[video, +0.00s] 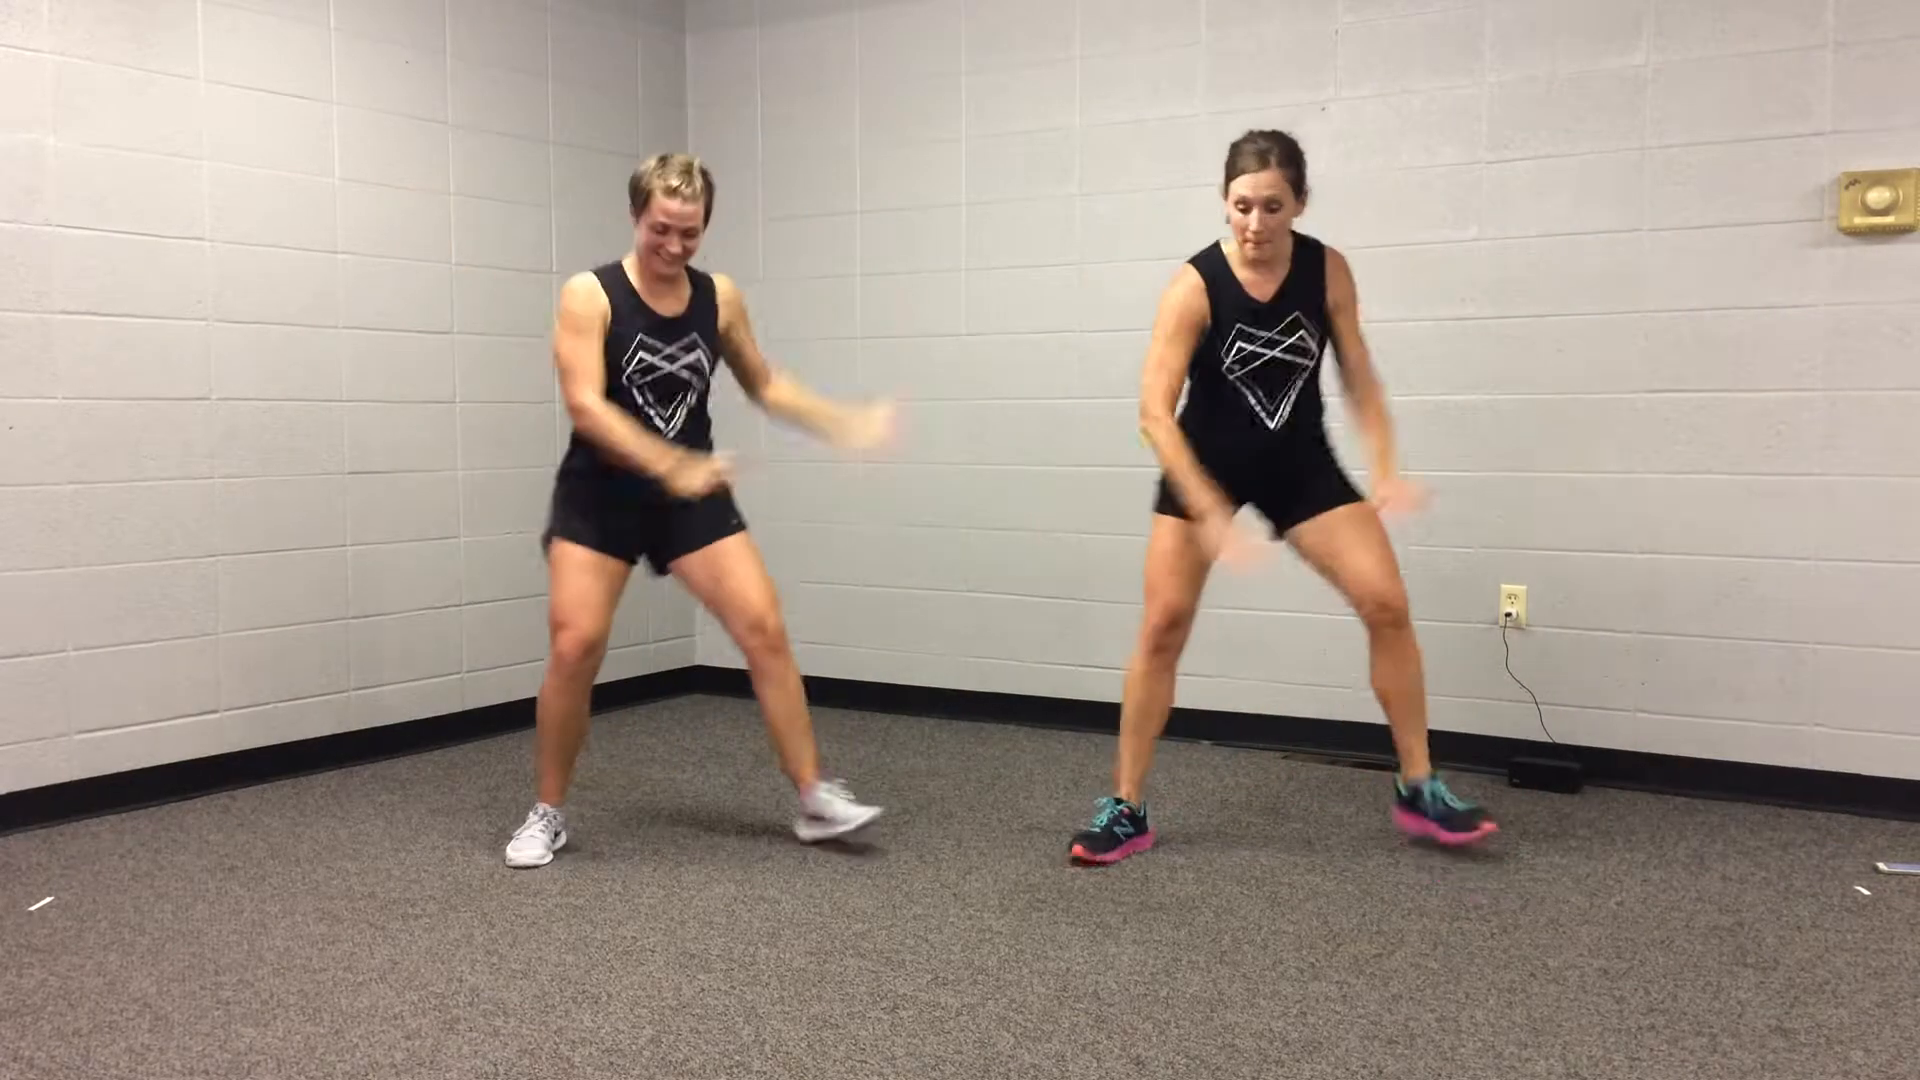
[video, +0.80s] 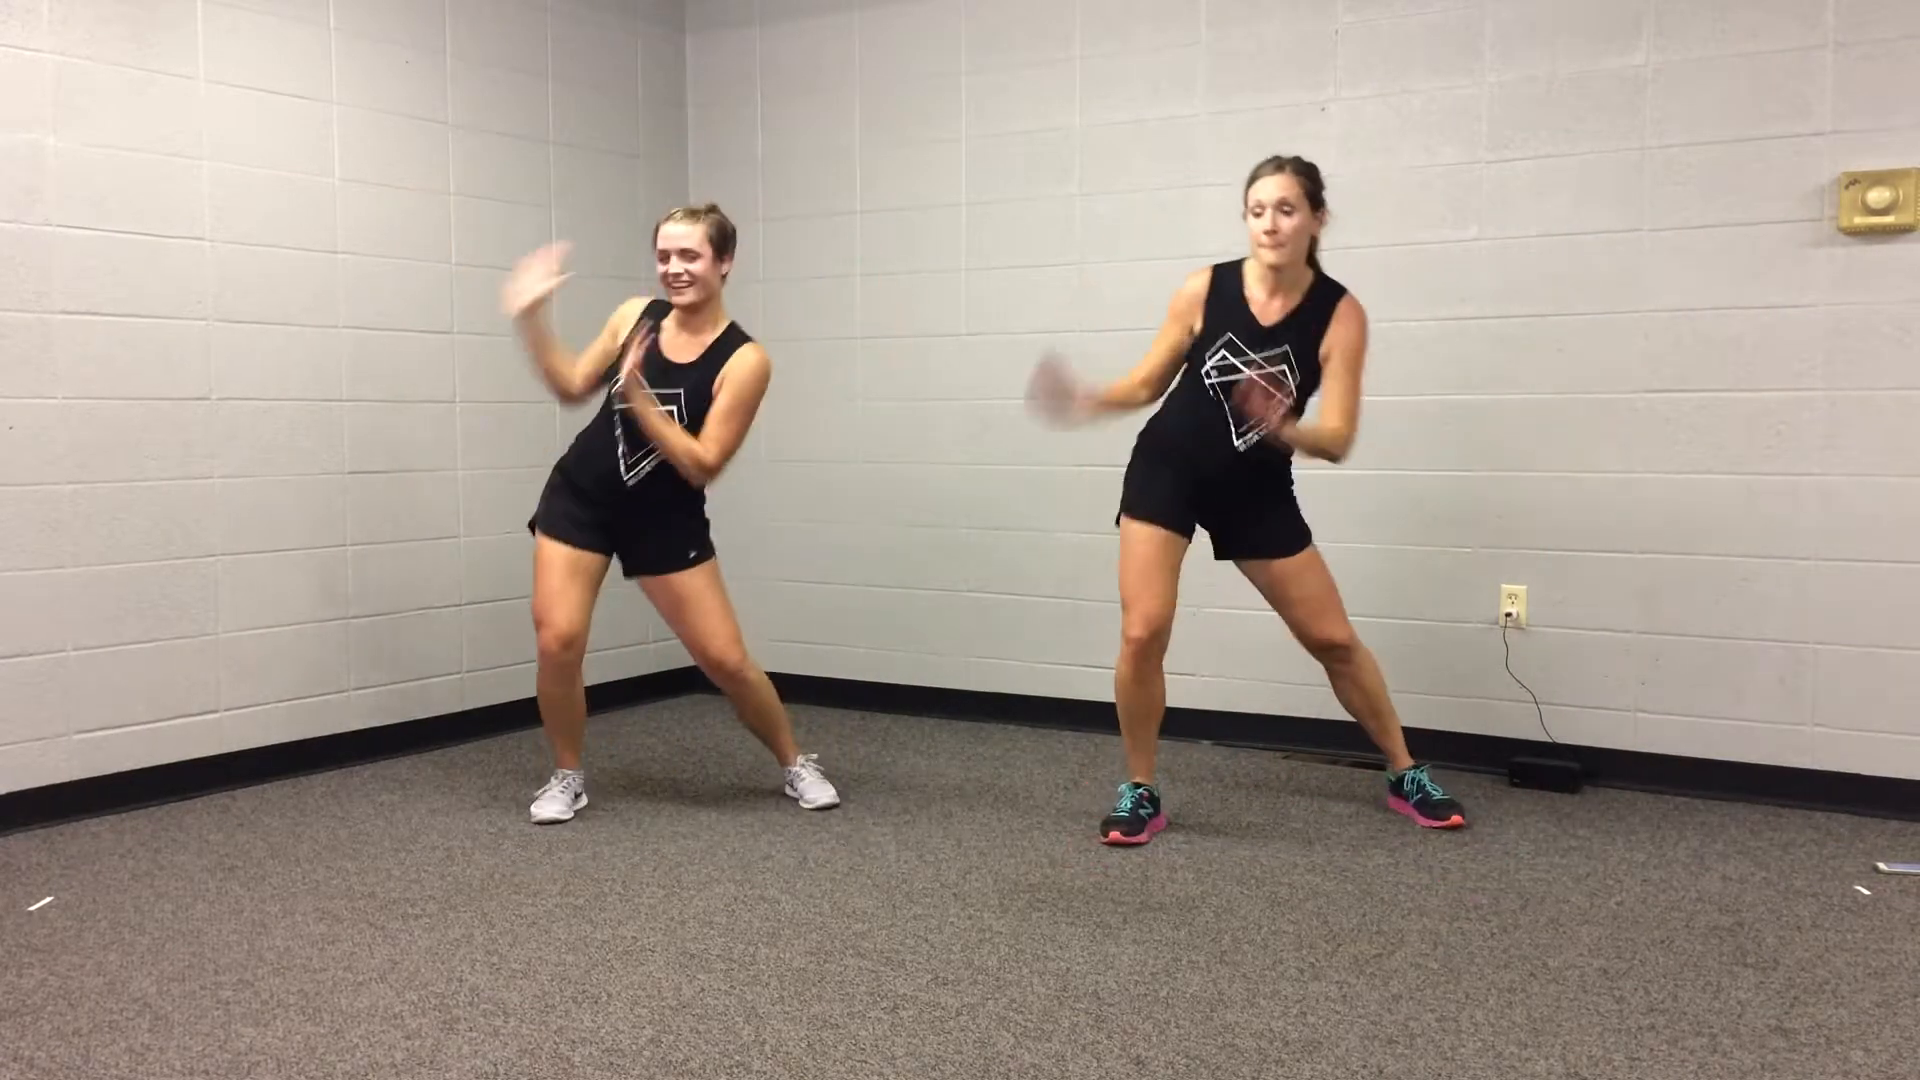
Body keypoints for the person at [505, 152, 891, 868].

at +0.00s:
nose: (674, 246)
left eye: (688, 232)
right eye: (661, 229)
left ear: (704, 229)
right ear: (634, 219)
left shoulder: (718, 299)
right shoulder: (588, 295)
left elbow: (764, 384)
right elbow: (586, 406)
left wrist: (842, 423)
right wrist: (673, 463)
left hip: (688, 489)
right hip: (601, 489)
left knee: (764, 628)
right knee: (574, 643)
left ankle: (813, 796)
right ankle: (547, 810)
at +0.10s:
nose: (675, 243)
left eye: (688, 230)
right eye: (661, 226)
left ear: (703, 226)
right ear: (634, 216)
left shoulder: (707, 280)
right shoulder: (593, 292)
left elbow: (760, 338)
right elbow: (629, 396)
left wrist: (836, 301)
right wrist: (727, 360)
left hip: (713, 470)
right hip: (629, 479)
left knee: (784, 622)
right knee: (600, 638)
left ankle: (789, 761)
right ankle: (548, 808)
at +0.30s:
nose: (692, 289)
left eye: (704, 275)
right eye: (678, 275)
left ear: (718, 271)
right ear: (652, 269)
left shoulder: (736, 319)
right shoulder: (620, 352)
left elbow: (788, 384)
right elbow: (652, 465)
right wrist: (735, 429)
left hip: (762, 495)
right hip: (682, 511)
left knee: (811, 645)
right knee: (645, 650)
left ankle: (803, 766)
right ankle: (555, 809)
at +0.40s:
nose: (701, 297)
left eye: (713, 283)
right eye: (688, 284)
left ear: (733, 271)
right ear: (669, 273)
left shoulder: (765, 327)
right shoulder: (634, 340)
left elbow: (810, 416)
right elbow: (622, 445)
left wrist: (854, 493)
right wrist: (672, 527)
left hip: (769, 496)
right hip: (685, 507)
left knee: (805, 639)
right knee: (637, 639)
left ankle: (804, 767)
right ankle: (564, 798)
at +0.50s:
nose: (703, 277)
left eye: (717, 265)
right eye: (692, 264)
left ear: (744, 250)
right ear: (677, 250)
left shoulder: (780, 316)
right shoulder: (647, 300)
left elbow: (798, 416)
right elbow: (603, 383)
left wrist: (747, 482)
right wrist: (555, 449)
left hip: (749, 479)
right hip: (663, 476)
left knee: (777, 628)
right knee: (612, 610)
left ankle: (803, 762)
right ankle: (576, 776)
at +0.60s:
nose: (699, 255)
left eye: (712, 243)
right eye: (689, 242)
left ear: (741, 232)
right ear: (676, 232)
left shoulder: (773, 310)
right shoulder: (655, 275)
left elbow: (756, 420)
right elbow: (593, 335)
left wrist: (663, 401)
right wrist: (515, 327)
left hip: (717, 471)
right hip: (635, 457)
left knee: (755, 625)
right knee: (588, 602)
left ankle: (799, 761)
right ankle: (574, 757)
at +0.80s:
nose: (675, 268)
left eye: (690, 257)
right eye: (665, 257)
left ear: (725, 264)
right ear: (656, 261)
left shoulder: (745, 361)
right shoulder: (635, 316)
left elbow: (703, 466)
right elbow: (572, 384)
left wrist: (638, 398)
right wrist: (533, 319)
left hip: (665, 516)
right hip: (582, 494)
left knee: (727, 662)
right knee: (558, 640)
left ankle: (795, 763)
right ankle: (566, 776)